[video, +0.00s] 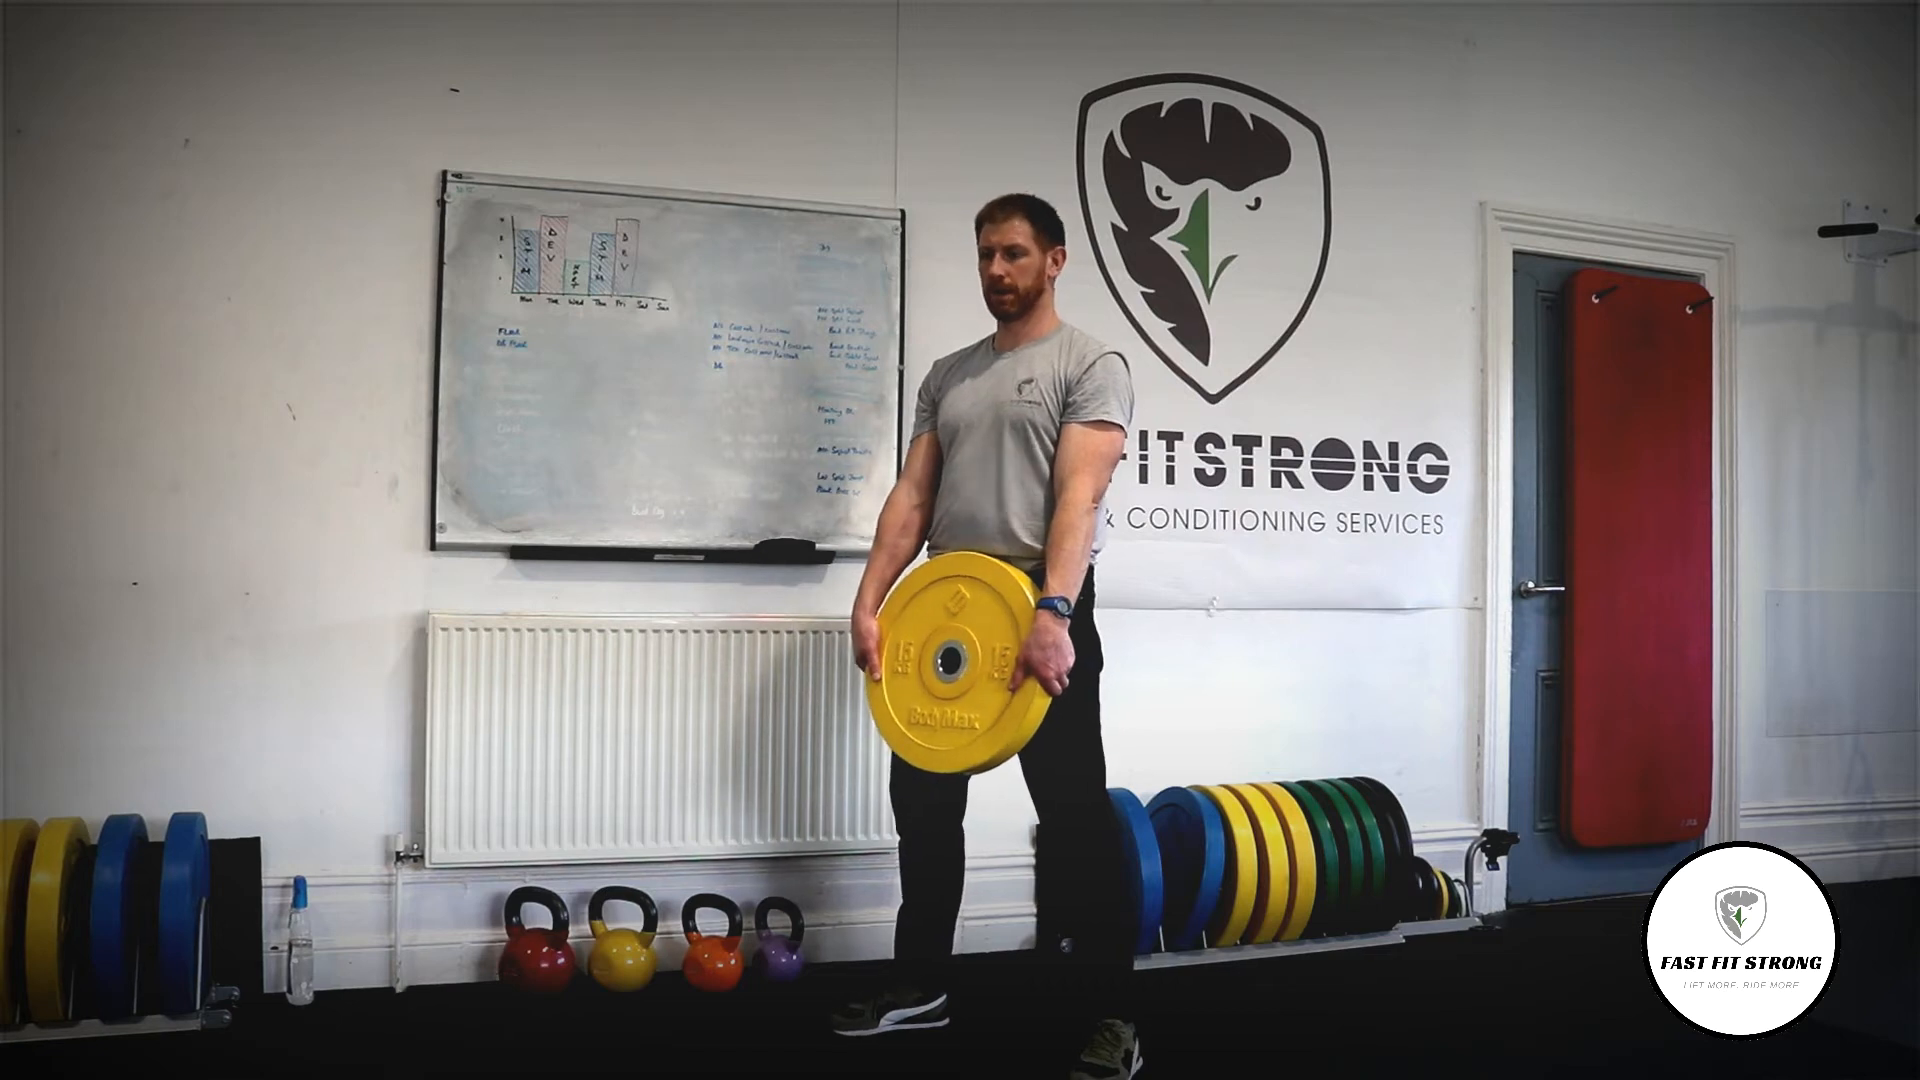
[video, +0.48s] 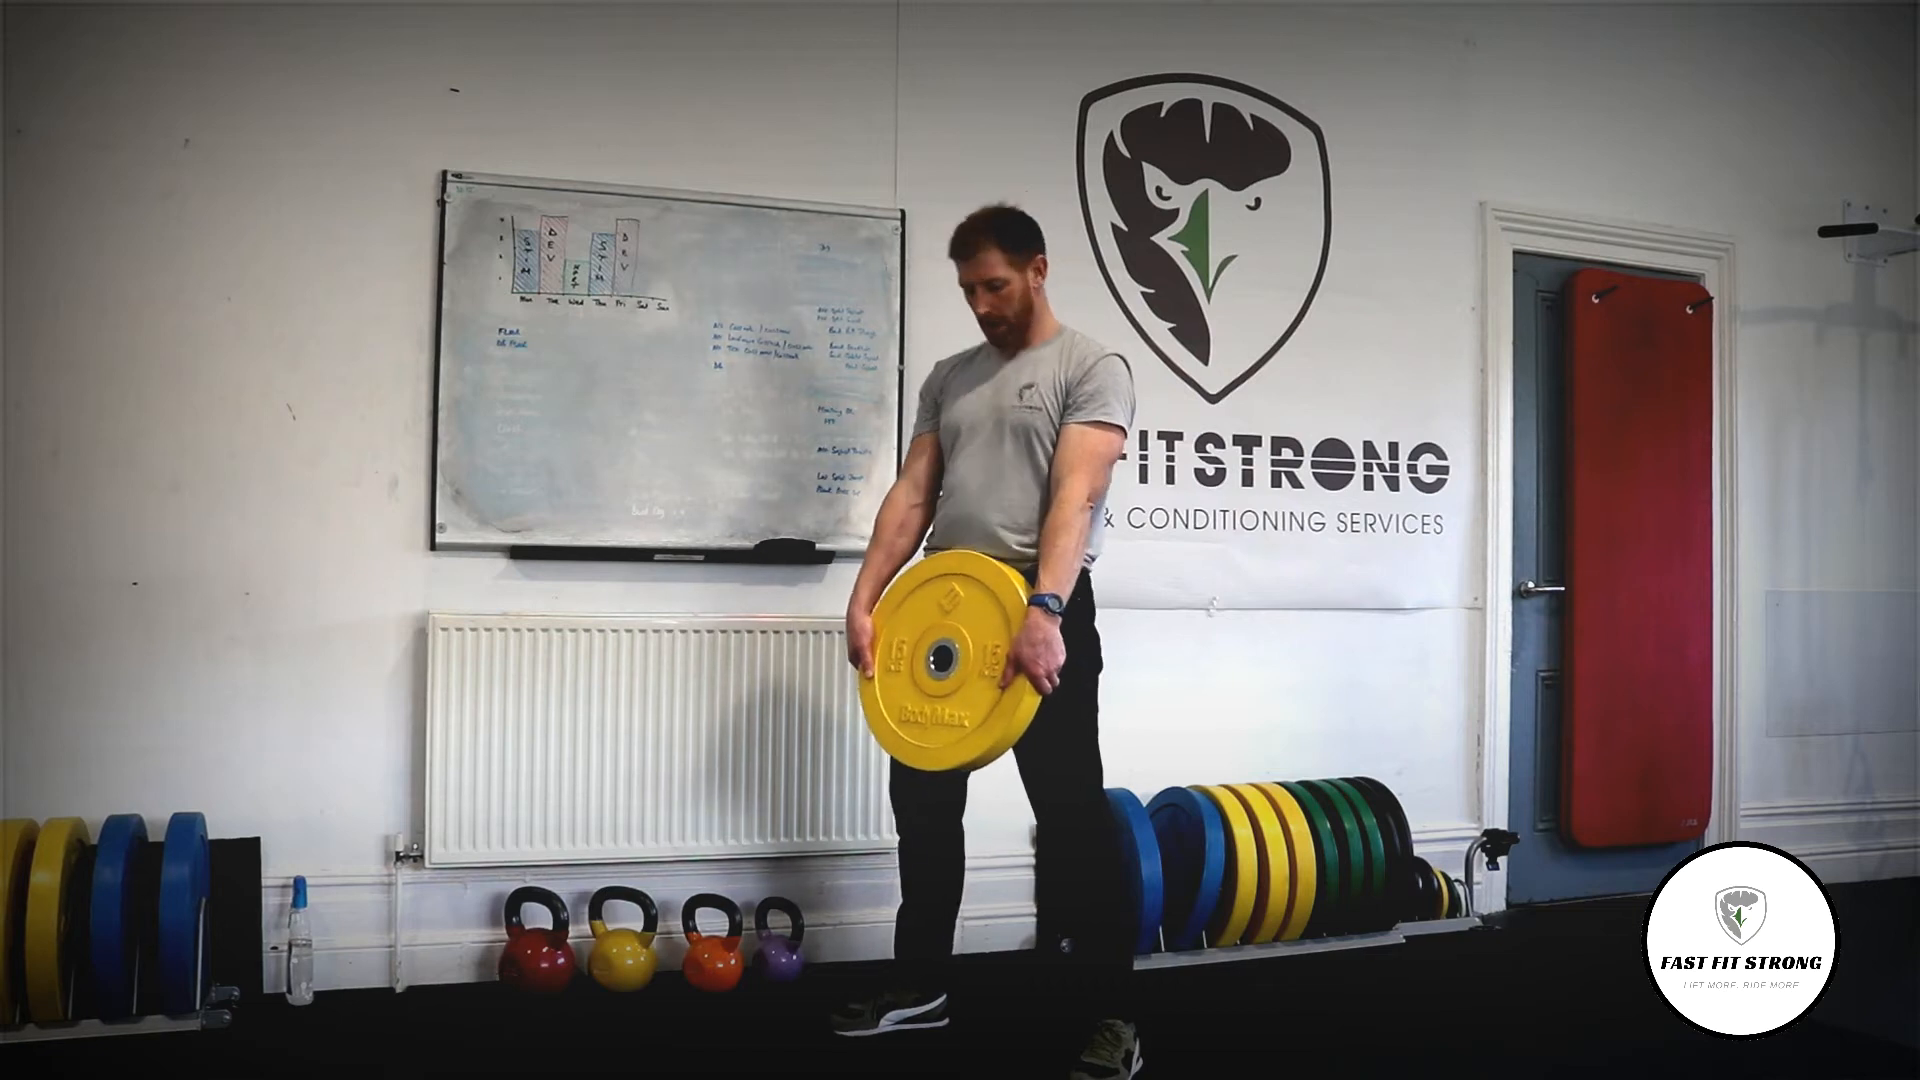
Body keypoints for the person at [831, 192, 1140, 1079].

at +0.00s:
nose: (996, 268)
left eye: (1013, 253)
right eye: (987, 256)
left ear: (1054, 261)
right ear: (978, 267)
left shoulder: (1091, 364)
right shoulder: (946, 377)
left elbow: (1079, 496)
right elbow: (912, 498)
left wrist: (1054, 608)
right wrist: (868, 601)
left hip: (1046, 606)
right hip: (943, 607)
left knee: (1071, 807)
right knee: (923, 797)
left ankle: (1105, 1014)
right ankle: (920, 988)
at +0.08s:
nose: (995, 273)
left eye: (1012, 257)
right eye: (986, 260)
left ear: (1054, 261)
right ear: (978, 269)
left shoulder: (1091, 365)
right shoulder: (947, 378)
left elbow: (1077, 497)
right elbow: (911, 498)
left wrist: (1052, 606)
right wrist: (866, 601)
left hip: (1042, 607)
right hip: (942, 608)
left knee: (1069, 805)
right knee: (920, 794)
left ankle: (1105, 1014)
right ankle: (921, 989)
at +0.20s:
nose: (995, 285)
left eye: (1010, 268)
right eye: (984, 271)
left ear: (1053, 267)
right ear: (976, 277)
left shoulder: (1093, 371)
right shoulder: (950, 382)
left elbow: (1077, 499)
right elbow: (911, 499)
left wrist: (1050, 607)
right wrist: (863, 599)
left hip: (1038, 606)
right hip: (937, 608)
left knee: (1067, 805)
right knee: (918, 795)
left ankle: (1105, 1014)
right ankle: (921, 990)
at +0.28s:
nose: (993, 294)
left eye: (1007, 277)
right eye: (981, 281)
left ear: (1051, 272)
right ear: (974, 283)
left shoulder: (1095, 372)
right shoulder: (953, 384)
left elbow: (1076, 499)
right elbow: (912, 498)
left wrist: (1047, 605)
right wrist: (861, 597)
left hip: (1037, 601)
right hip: (936, 606)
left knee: (1064, 801)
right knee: (915, 789)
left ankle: (1104, 1013)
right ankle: (920, 989)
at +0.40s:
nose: (987, 303)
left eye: (1000, 286)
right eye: (976, 290)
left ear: (1045, 276)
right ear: (969, 289)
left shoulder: (1095, 371)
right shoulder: (952, 384)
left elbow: (1077, 498)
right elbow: (913, 497)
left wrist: (1045, 605)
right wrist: (860, 598)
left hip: (1039, 604)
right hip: (940, 608)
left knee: (1063, 799)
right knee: (916, 790)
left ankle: (1104, 1011)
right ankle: (920, 989)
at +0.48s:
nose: (981, 301)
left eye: (993, 284)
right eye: (969, 288)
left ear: (1038, 272)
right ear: (962, 286)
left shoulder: (1091, 366)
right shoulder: (948, 377)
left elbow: (1076, 494)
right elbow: (912, 494)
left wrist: (1047, 605)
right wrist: (863, 598)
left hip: (1045, 603)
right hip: (944, 607)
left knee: (1067, 802)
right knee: (921, 791)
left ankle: (1104, 1013)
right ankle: (921, 988)